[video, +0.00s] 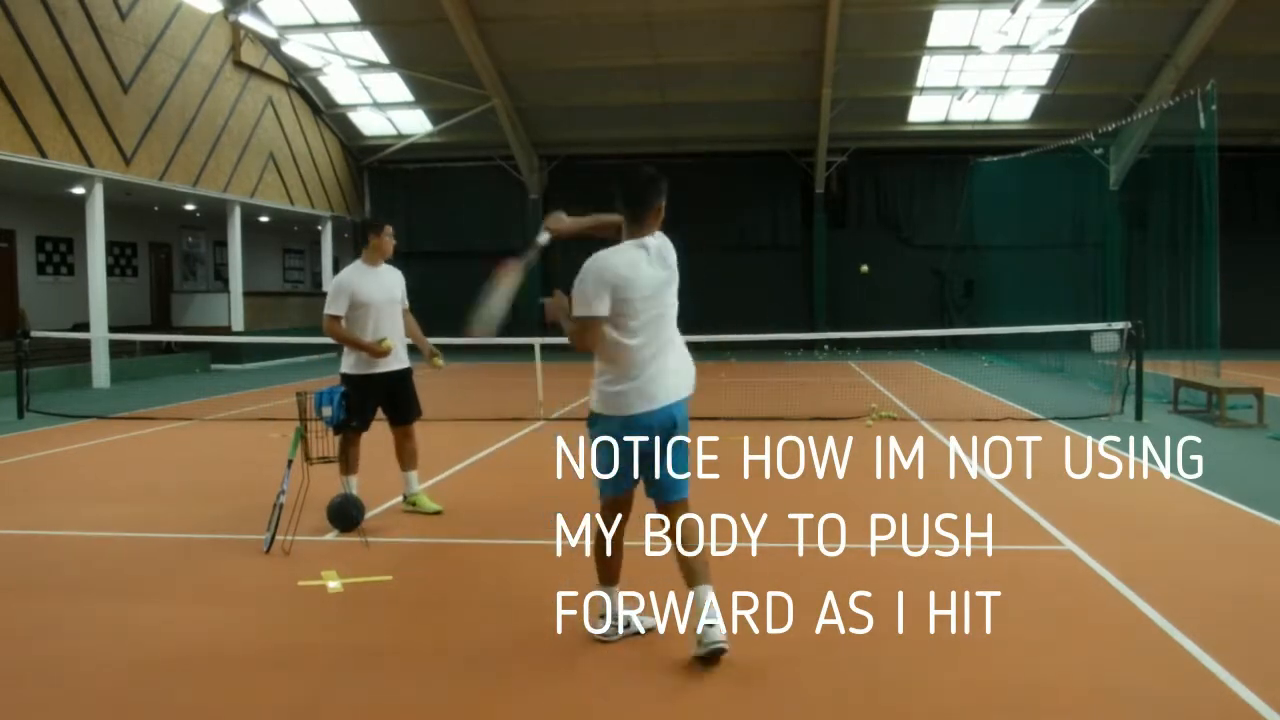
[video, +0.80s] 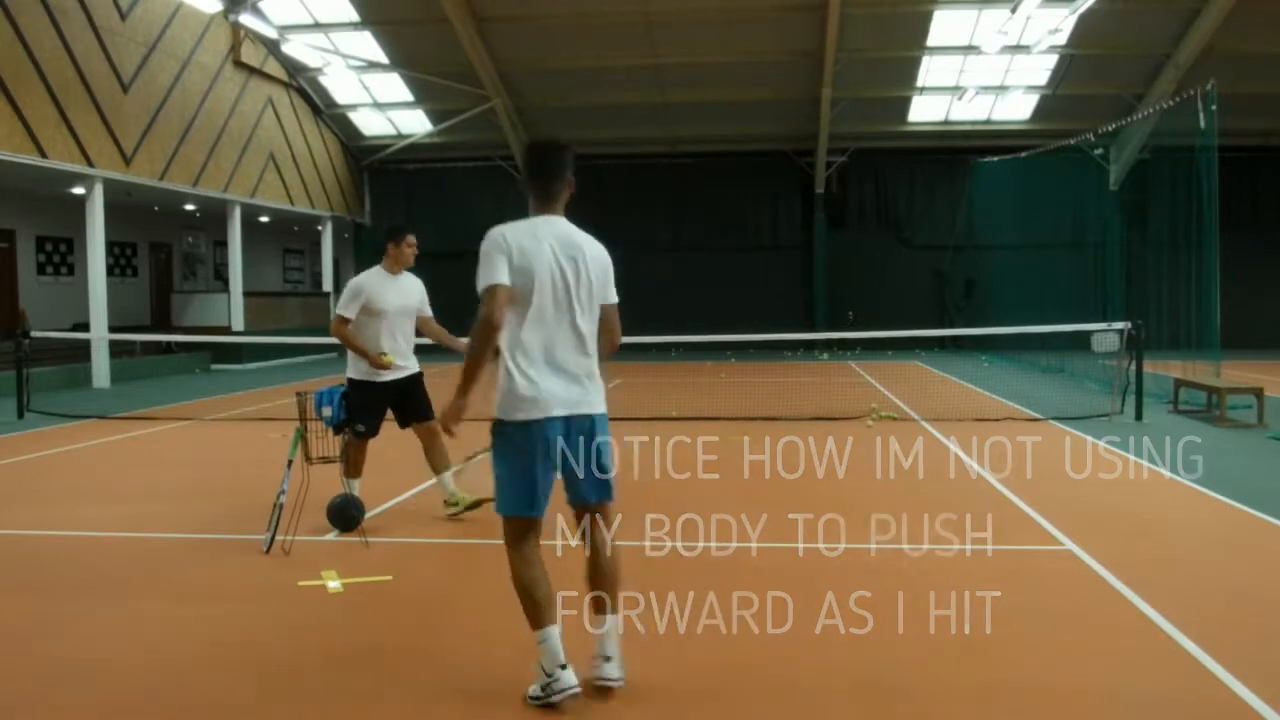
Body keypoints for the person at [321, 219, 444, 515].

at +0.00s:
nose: (394, 243)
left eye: (393, 237)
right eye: (389, 237)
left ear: (382, 241)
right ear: (372, 239)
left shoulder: (395, 276)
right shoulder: (346, 279)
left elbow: (404, 315)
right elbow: (331, 326)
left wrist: (425, 347)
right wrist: (367, 347)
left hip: (397, 370)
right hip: (360, 373)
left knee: (405, 429)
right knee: (351, 434)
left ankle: (413, 492)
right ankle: (350, 498)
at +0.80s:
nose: (415, 252)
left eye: (415, 247)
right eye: (410, 247)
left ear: (408, 251)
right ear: (391, 249)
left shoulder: (415, 284)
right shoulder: (362, 284)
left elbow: (426, 324)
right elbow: (338, 327)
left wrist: (457, 343)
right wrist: (368, 356)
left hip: (407, 375)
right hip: (367, 378)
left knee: (428, 429)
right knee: (358, 440)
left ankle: (452, 495)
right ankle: (351, 502)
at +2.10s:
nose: (381, 248)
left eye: (384, 243)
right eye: (374, 243)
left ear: (388, 248)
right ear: (361, 247)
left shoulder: (397, 283)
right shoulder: (342, 285)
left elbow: (402, 321)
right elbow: (319, 329)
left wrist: (412, 342)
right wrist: (348, 357)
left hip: (392, 376)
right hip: (353, 380)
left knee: (416, 430)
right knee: (345, 442)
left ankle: (421, 496)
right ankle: (337, 498)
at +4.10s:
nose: (437, 264)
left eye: (440, 258)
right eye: (431, 258)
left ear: (443, 262)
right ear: (414, 260)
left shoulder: (445, 300)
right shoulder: (386, 291)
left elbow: (454, 345)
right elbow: (357, 328)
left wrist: (478, 383)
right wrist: (377, 365)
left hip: (419, 380)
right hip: (377, 381)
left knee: (443, 432)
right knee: (355, 439)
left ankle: (454, 503)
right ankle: (338, 494)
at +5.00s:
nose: (409, 251)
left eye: (411, 247)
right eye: (402, 246)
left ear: (415, 254)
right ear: (387, 253)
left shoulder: (429, 290)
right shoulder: (367, 293)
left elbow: (445, 331)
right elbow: (349, 338)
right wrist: (360, 370)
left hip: (421, 380)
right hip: (381, 382)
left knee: (442, 433)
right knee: (364, 443)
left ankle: (454, 502)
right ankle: (338, 487)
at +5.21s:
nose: (378, 245)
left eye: (380, 240)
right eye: (371, 240)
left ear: (383, 246)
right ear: (356, 247)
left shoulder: (392, 283)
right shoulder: (338, 284)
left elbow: (396, 321)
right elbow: (313, 326)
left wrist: (404, 350)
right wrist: (332, 367)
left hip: (391, 375)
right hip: (353, 378)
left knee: (412, 431)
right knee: (341, 439)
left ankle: (432, 493)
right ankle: (334, 495)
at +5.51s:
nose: (354, 242)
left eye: (356, 237)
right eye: (347, 237)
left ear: (359, 243)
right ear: (333, 242)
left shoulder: (367, 278)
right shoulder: (320, 280)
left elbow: (369, 318)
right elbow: (304, 327)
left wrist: (388, 342)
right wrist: (325, 365)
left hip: (365, 369)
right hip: (334, 372)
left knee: (371, 424)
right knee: (337, 433)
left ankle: (353, 478)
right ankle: (332, 494)